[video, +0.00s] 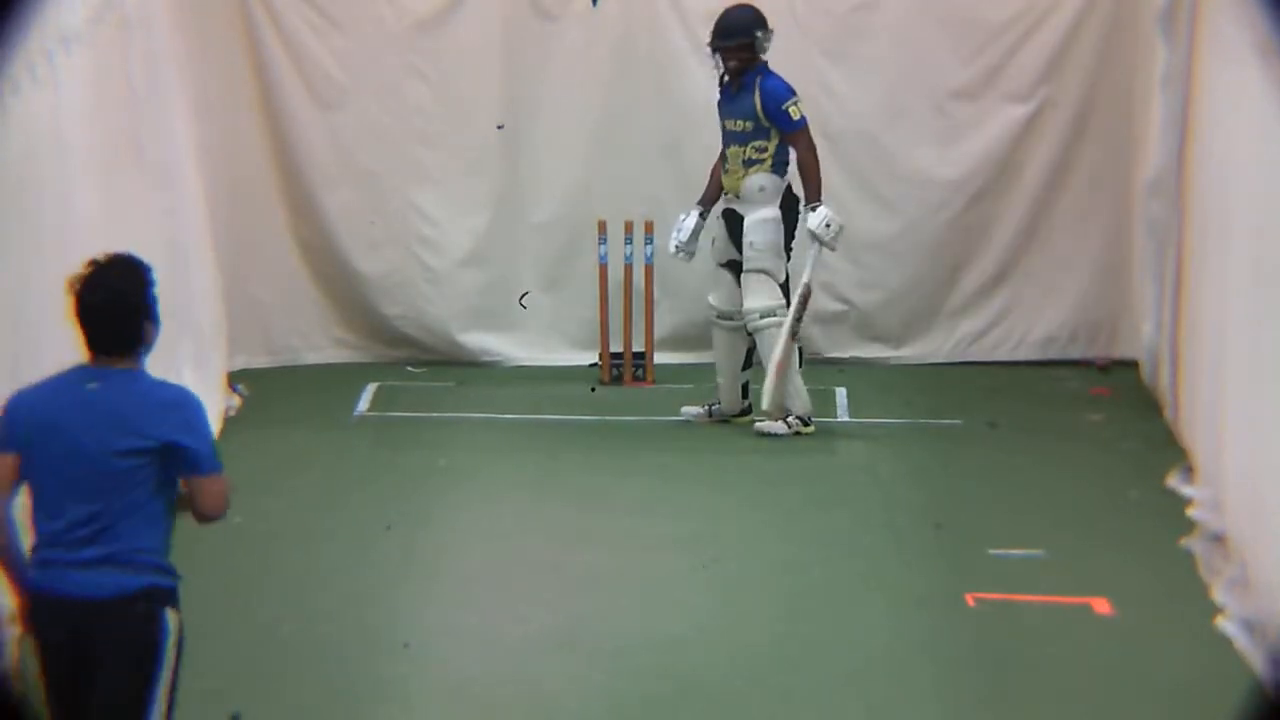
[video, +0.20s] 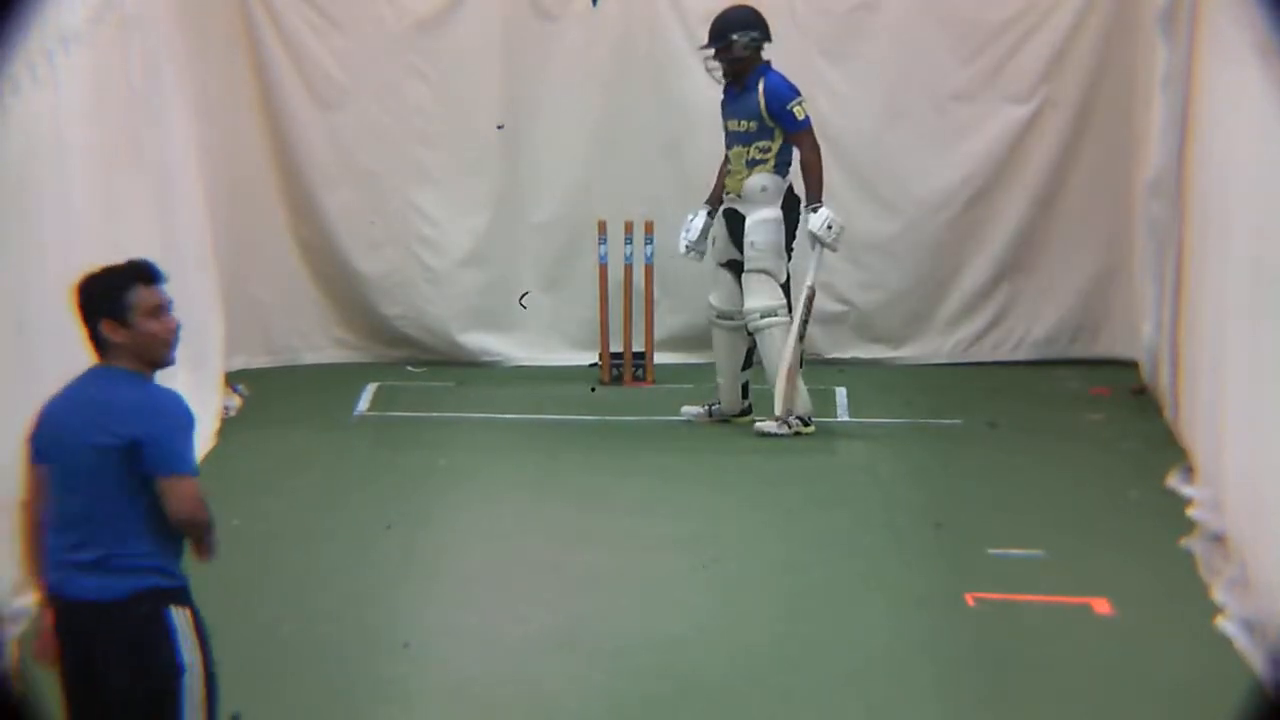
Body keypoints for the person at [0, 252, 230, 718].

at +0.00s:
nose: (157, 323)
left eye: (154, 310)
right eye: (155, 312)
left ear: (84, 323)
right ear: (147, 327)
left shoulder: (28, 406)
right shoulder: (173, 405)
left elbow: (2, 504)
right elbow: (211, 505)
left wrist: (23, 588)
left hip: (54, 610)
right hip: (138, 611)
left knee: (68, 710)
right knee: (138, 710)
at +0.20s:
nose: (175, 323)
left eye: (169, 310)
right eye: (158, 314)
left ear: (110, 331)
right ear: (111, 330)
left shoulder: (55, 411)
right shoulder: (158, 406)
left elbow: (37, 516)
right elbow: (184, 509)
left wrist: (48, 598)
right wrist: (202, 531)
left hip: (76, 616)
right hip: (147, 615)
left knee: (95, 710)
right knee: (183, 709)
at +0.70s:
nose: (206, 307)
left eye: (210, 294)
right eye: (187, 297)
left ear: (219, 299)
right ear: (152, 314)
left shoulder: (180, 376)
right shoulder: (168, 384)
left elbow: (225, 468)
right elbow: (175, 490)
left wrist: (300, 515)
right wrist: (214, 576)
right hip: (166, 587)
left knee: (140, 705)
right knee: (194, 706)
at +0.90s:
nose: (245, 312)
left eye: (246, 298)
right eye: (226, 304)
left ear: (254, 298)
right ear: (188, 319)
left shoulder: (180, 382)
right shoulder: (220, 393)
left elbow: (225, 487)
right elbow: (226, 497)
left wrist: (288, 545)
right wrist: (260, 584)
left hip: (185, 584)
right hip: (236, 589)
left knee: (179, 704)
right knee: (258, 708)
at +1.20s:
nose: (307, 307)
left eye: (301, 294)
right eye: (292, 299)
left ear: (249, 318)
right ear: (253, 316)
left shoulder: (206, 385)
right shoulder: (276, 396)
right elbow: (341, 483)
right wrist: (400, 500)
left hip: (223, 578)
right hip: (275, 582)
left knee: (252, 701)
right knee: (283, 709)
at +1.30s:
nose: (319, 303)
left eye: (313, 292)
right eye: (311, 294)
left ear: (250, 315)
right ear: (290, 312)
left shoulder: (220, 387)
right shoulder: (291, 396)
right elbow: (367, 474)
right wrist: (398, 445)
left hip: (234, 578)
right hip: (289, 582)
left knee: (254, 706)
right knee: (290, 709)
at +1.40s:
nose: (323, 303)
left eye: (318, 293)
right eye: (321, 295)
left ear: (252, 312)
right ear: (315, 310)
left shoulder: (225, 388)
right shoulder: (312, 394)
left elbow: (219, 492)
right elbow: (378, 476)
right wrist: (377, 416)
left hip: (237, 579)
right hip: (300, 583)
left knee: (257, 707)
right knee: (299, 709)